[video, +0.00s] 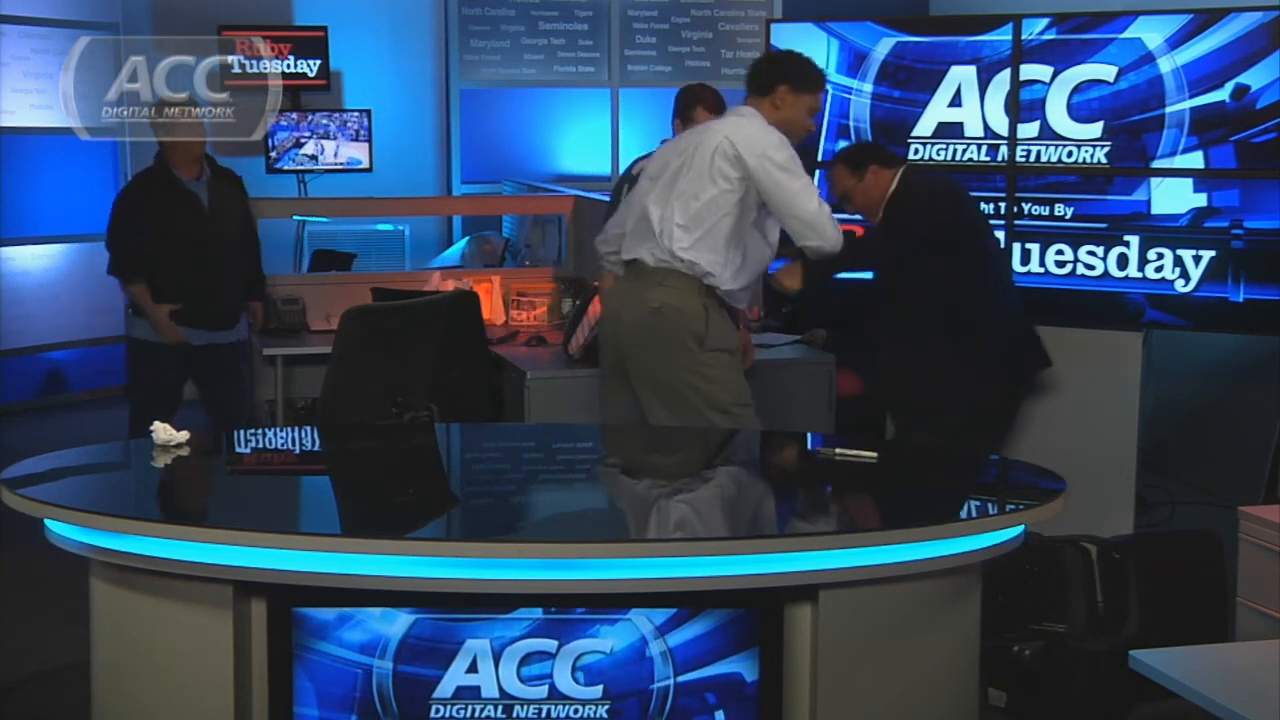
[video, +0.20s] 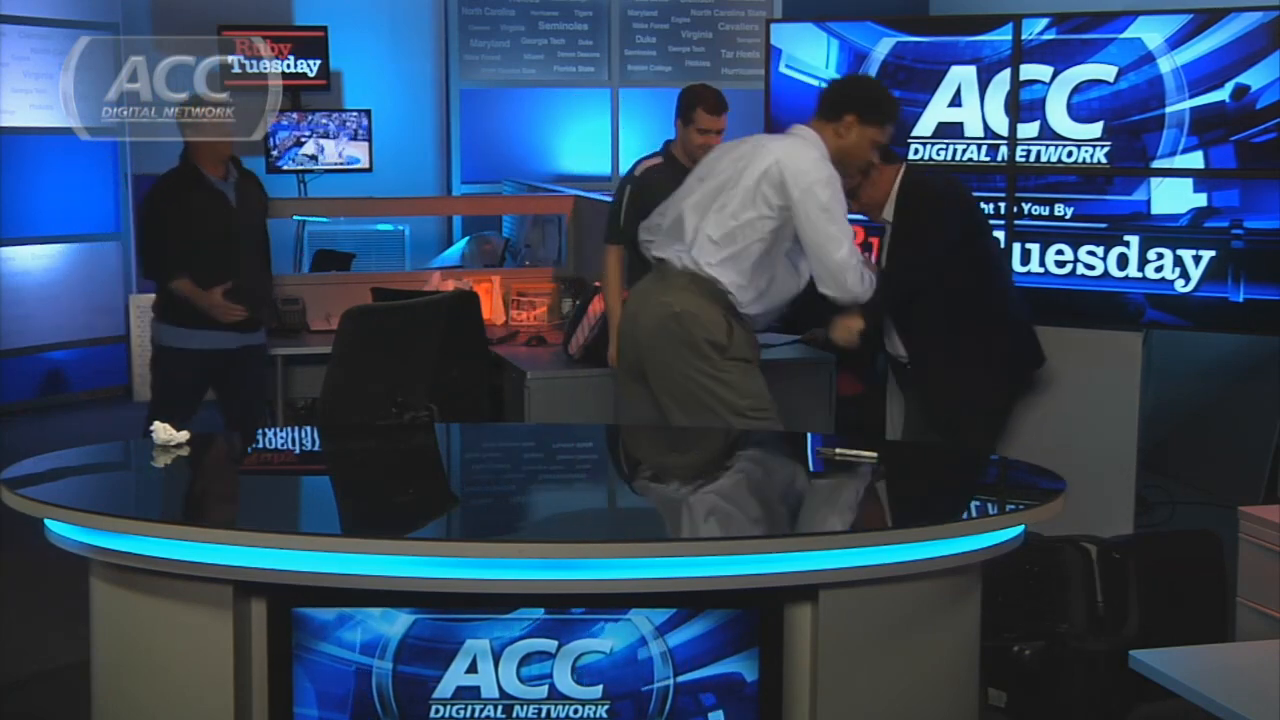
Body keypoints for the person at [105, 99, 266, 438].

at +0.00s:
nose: (197, 132)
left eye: (198, 122)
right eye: (186, 125)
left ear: (206, 129)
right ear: (164, 134)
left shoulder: (229, 184)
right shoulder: (138, 194)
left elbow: (249, 247)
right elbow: (126, 266)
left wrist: (255, 295)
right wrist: (151, 311)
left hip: (225, 333)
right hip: (160, 335)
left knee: (237, 430)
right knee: (150, 435)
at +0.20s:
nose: (229, 131)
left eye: (228, 122)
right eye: (218, 124)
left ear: (232, 128)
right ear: (194, 133)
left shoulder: (250, 186)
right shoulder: (166, 191)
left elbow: (259, 254)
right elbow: (158, 263)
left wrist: (264, 303)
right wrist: (200, 298)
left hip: (244, 342)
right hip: (184, 342)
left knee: (251, 439)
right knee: (166, 440)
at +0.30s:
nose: (244, 135)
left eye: (243, 127)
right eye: (233, 129)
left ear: (249, 133)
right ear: (209, 136)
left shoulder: (268, 192)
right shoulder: (186, 195)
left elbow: (272, 258)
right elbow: (176, 265)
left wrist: (281, 300)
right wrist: (222, 298)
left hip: (261, 345)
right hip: (201, 345)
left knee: (257, 446)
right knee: (192, 447)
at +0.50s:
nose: (281, 135)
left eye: (281, 126)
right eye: (271, 128)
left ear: (281, 130)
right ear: (245, 135)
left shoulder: (296, 188)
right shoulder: (212, 191)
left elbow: (311, 253)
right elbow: (207, 265)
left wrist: (325, 304)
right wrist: (251, 298)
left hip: (290, 340)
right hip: (234, 340)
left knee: (289, 439)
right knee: (244, 439)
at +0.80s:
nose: (320, 146)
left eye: (322, 137)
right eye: (310, 138)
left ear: (324, 138)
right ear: (281, 143)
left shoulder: (329, 197)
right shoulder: (253, 204)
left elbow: (345, 264)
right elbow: (241, 282)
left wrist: (363, 316)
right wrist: (283, 326)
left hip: (333, 355)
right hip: (278, 359)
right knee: (283, 463)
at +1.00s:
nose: (349, 144)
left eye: (350, 135)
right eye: (339, 136)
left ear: (352, 135)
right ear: (308, 141)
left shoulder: (355, 193)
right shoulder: (280, 203)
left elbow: (360, 267)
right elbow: (277, 289)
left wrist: (369, 325)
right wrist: (317, 335)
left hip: (354, 352)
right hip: (300, 361)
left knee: (357, 459)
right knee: (306, 460)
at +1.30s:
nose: (405, 151)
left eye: (406, 141)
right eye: (395, 142)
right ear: (365, 145)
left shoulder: (409, 199)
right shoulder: (332, 208)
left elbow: (415, 273)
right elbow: (325, 291)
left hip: (406, 343)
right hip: (354, 349)